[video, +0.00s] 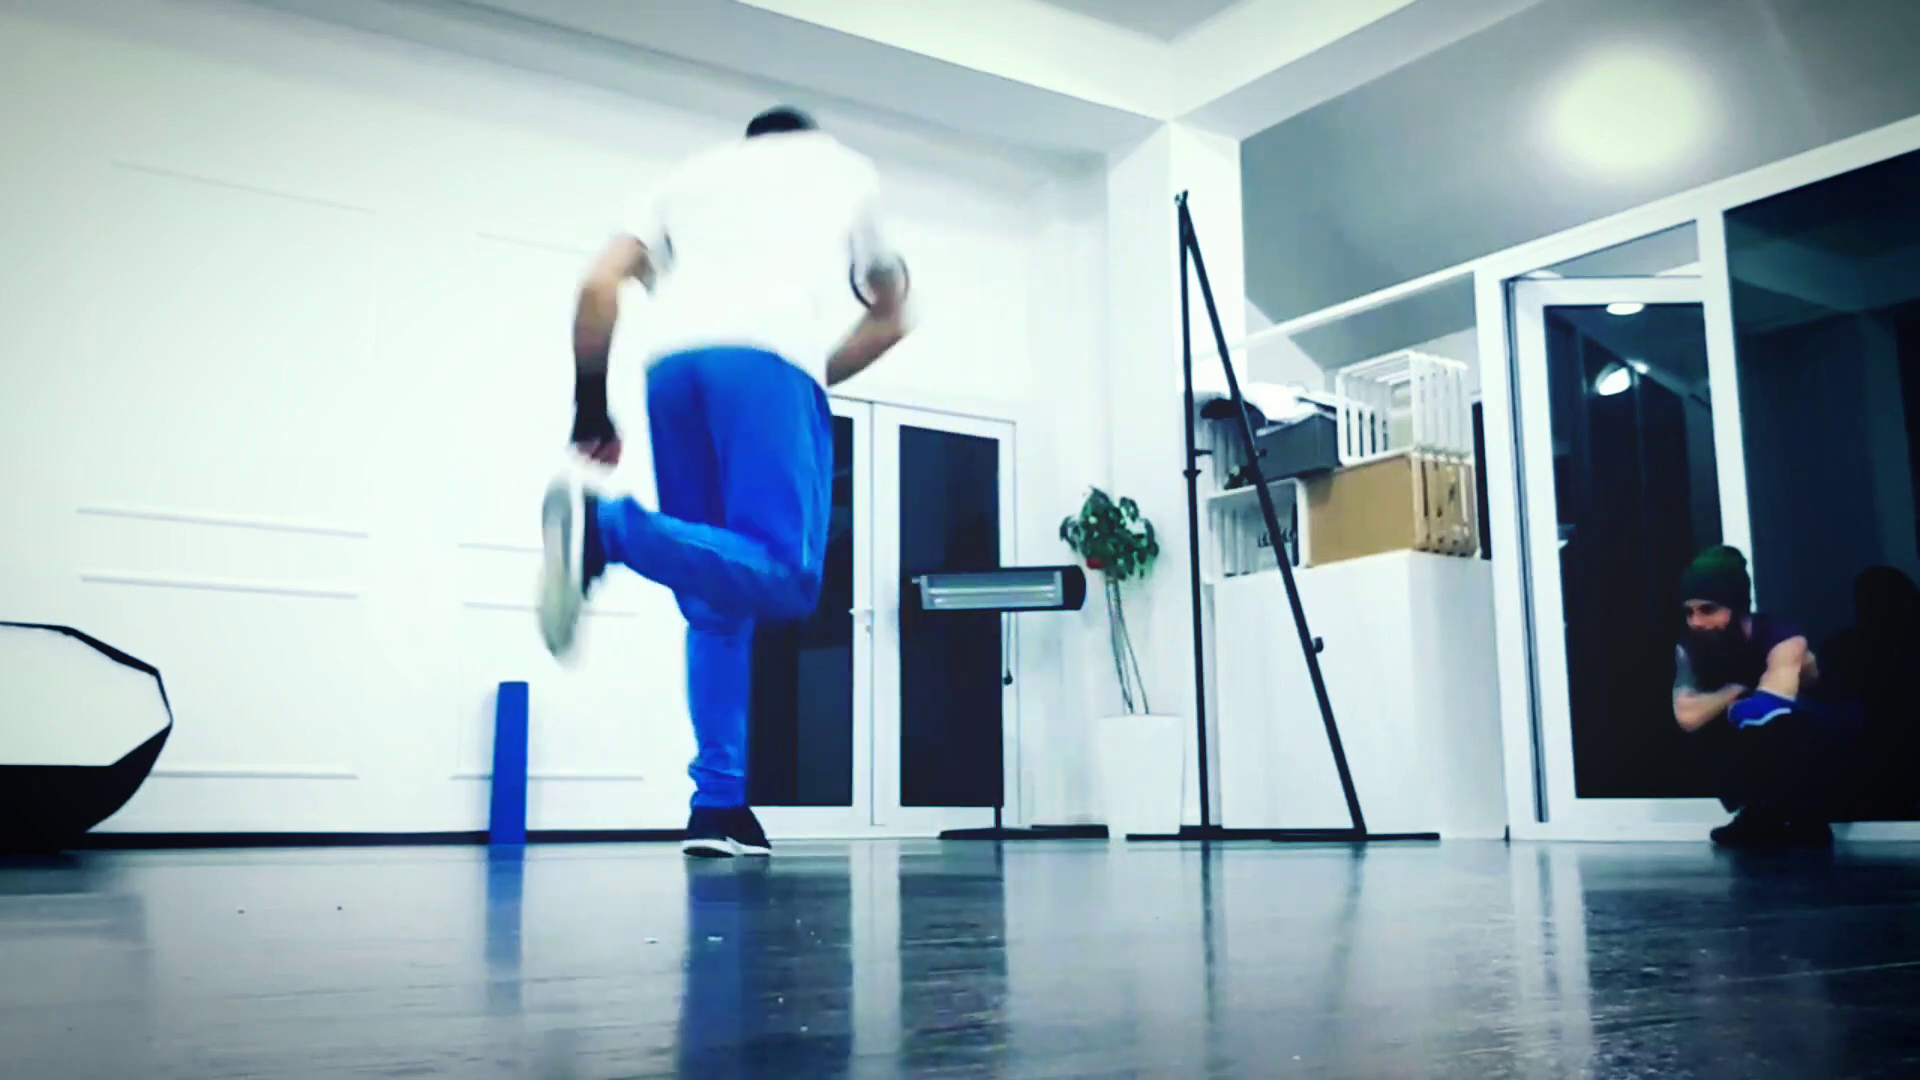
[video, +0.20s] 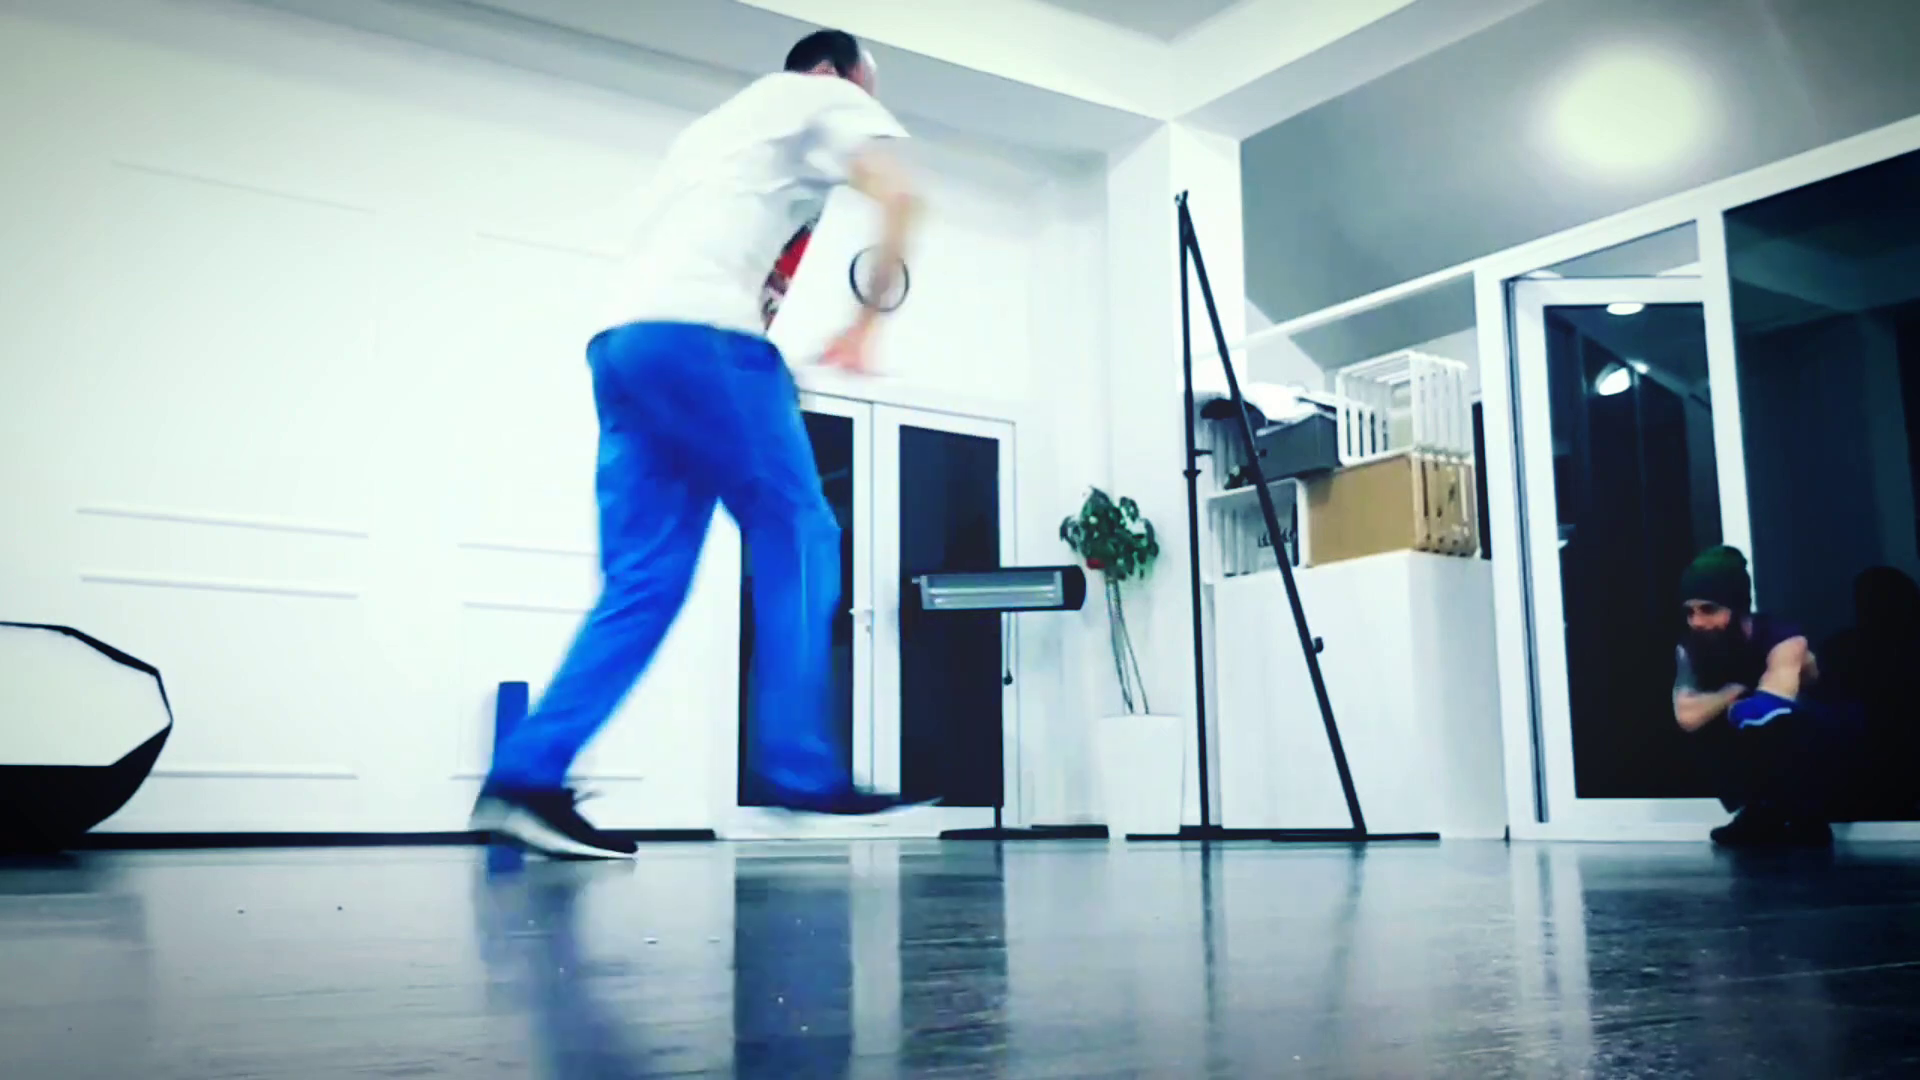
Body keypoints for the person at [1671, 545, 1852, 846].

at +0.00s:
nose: (1696, 623)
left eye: (1707, 611)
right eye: (1689, 612)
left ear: (1736, 608)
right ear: (1683, 613)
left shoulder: (1781, 638)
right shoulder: (1689, 651)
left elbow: (1775, 700)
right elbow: (1687, 716)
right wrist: (1730, 693)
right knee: (1710, 726)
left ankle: (1804, 820)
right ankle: (1756, 813)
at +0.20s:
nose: (1697, 623)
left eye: (1708, 611)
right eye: (1690, 612)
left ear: (1737, 608)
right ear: (1684, 612)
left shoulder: (1781, 638)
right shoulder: (1690, 652)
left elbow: (1775, 698)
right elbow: (1687, 716)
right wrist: (1730, 694)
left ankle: (1804, 820)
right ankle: (1757, 813)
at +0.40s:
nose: (1697, 625)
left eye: (1708, 613)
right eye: (1690, 614)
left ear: (1737, 609)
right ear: (1684, 614)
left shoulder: (1782, 638)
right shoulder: (1690, 651)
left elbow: (1772, 704)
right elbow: (1687, 716)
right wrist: (1730, 693)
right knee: (1708, 726)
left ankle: (1805, 821)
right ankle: (1756, 814)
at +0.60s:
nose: (1697, 623)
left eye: (1709, 611)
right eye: (1691, 612)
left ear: (1737, 608)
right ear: (1685, 612)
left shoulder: (1782, 638)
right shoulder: (1690, 652)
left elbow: (1774, 702)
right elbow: (1687, 716)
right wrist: (1732, 692)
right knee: (1708, 727)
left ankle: (1804, 821)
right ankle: (1756, 814)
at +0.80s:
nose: (1698, 624)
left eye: (1710, 612)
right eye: (1691, 613)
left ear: (1738, 608)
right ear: (1685, 613)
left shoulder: (1783, 639)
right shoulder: (1690, 652)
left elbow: (1773, 703)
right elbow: (1687, 716)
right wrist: (1732, 692)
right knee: (1708, 726)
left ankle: (1805, 821)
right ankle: (1756, 813)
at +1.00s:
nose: (1698, 623)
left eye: (1709, 611)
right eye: (1691, 612)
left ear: (1737, 609)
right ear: (1685, 612)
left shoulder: (1780, 639)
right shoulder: (1690, 651)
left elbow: (1776, 699)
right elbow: (1687, 716)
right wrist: (1734, 691)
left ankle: (1805, 820)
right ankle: (1756, 813)